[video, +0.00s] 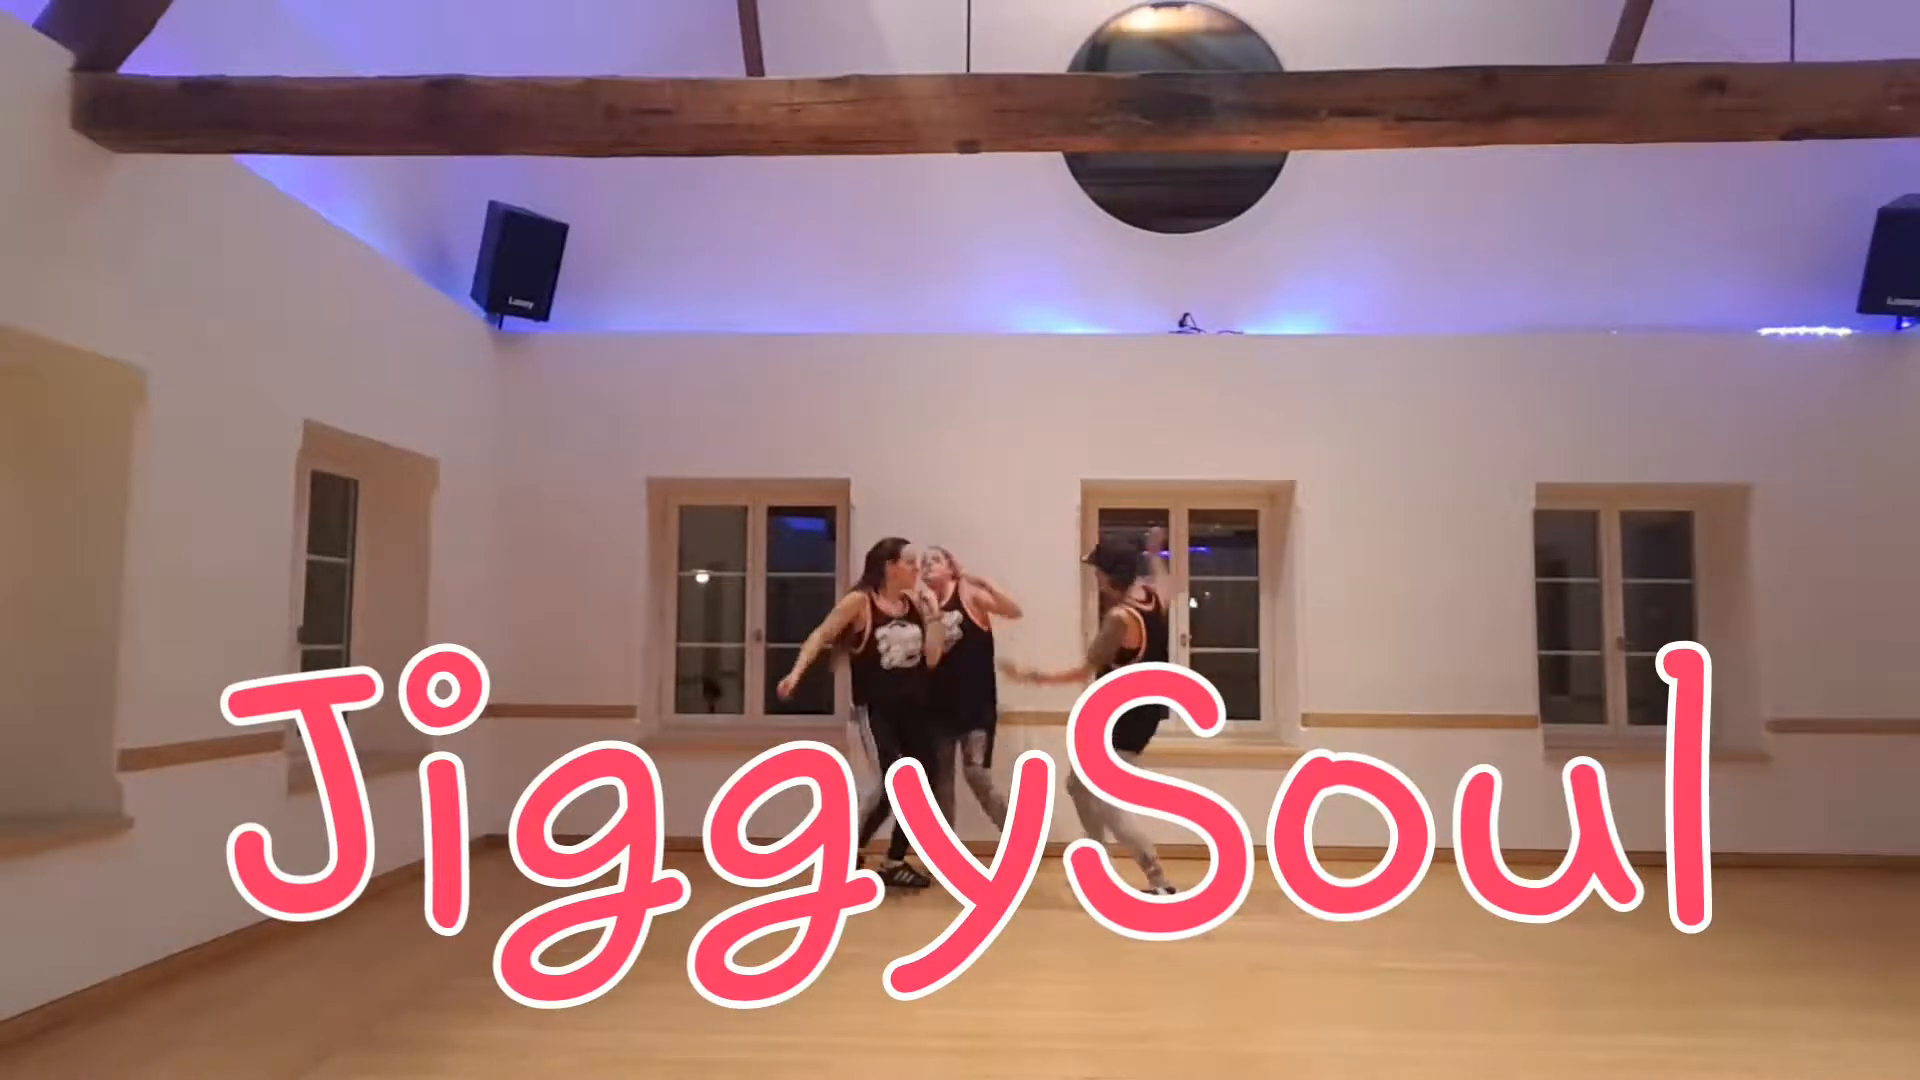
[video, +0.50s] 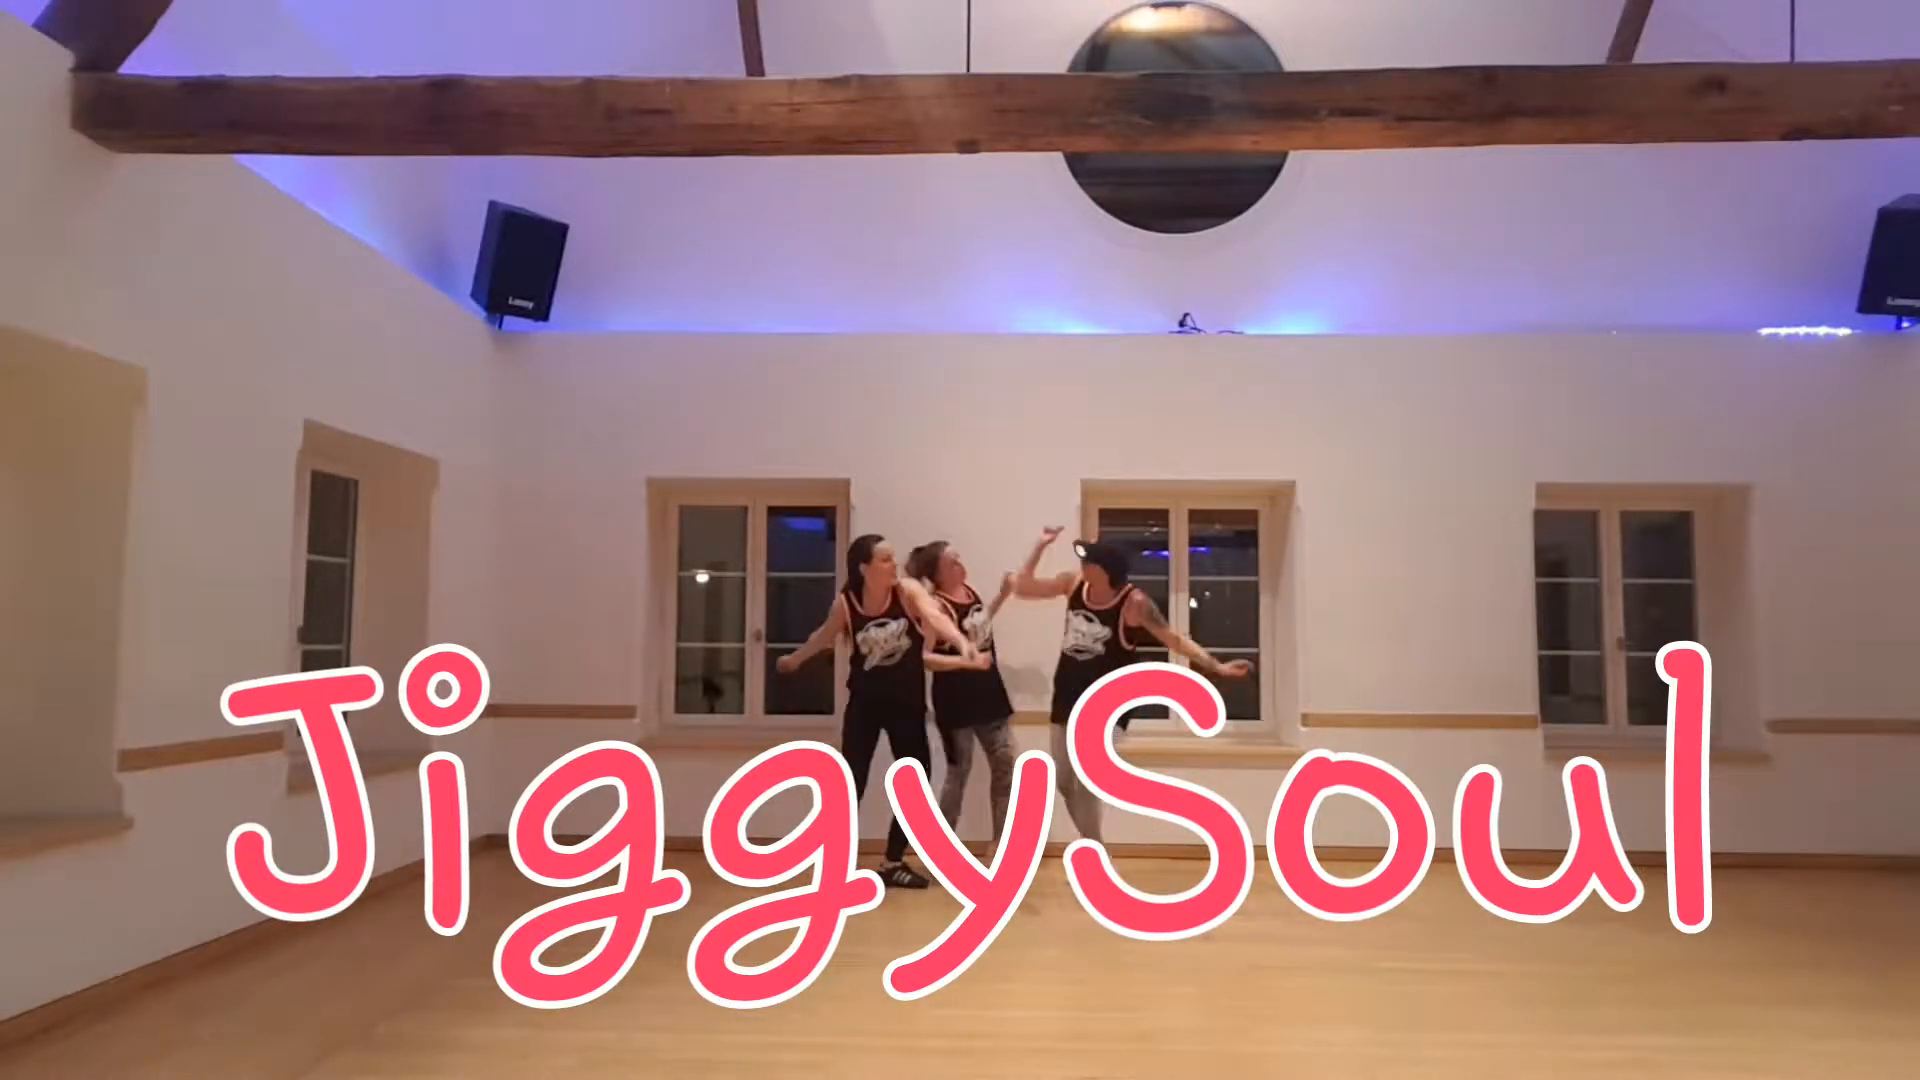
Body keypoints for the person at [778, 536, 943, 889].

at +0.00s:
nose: (916, 569)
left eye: (916, 563)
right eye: (909, 562)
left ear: (897, 569)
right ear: (887, 567)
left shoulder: (913, 604)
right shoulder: (859, 602)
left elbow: (932, 658)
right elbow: (821, 636)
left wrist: (932, 612)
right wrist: (796, 673)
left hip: (912, 704)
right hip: (875, 707)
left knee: (918, 781)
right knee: (891, 782)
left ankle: (895, 862)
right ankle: (850, 852)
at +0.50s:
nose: (894, 565)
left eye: (893, 558)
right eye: (886, 560)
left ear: (892, 563)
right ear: (864, 568)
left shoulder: (907, 590)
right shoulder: (846, 603)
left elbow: (932, 616)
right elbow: (825, 636)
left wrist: (962, 642)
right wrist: (797, 658)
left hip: (906, 702)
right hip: (864, 704)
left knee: (915, 780)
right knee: (850, 783)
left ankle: (893, 863)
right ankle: (830, 860)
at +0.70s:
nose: (888, 572)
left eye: (886, 565)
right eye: (879, 568)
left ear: (887, 572)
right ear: (856, 577)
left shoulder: (907, 604)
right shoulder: (839, 620)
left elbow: (936, 651)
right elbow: (806, 657)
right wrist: (775, 685)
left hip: (894, 712)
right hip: (851, 714)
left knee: (915, 794)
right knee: (838, 794)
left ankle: (892, 864)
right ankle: (833, 866)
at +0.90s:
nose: (897, 559)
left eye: (896, 553)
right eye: (890, 554)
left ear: (886, 562)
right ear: (868, 562)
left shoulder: (908, 592)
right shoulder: (841, 608)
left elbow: (925, 648)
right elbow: (801, 635)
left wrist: (964, 679)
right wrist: (752, 658)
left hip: (899, 703)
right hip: (859, 705)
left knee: (910, 786)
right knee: (848, 790)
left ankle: (892, 864)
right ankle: (834, 873)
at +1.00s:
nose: (903, 560)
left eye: (902, 555)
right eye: (898, 555)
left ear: (885, 563)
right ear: (876, 563)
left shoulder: (896, 593)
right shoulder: (849, 606)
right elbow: (810, 622)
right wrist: (771, 639)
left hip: (898, 703)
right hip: (860, 706)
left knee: (906, 782)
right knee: (855, 789)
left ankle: (892, 862)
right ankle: (837, 875)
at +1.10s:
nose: (908, 573)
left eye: (906, 566)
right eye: (903, 566)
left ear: (884, 572)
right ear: (885, 572)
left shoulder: (895, 607)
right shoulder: (857, 616)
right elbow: (823, 635)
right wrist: (811, 652)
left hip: (895, 707)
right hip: (863, 710)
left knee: (906, 785)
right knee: (873, 793)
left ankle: (891, 865)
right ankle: (840, 880)